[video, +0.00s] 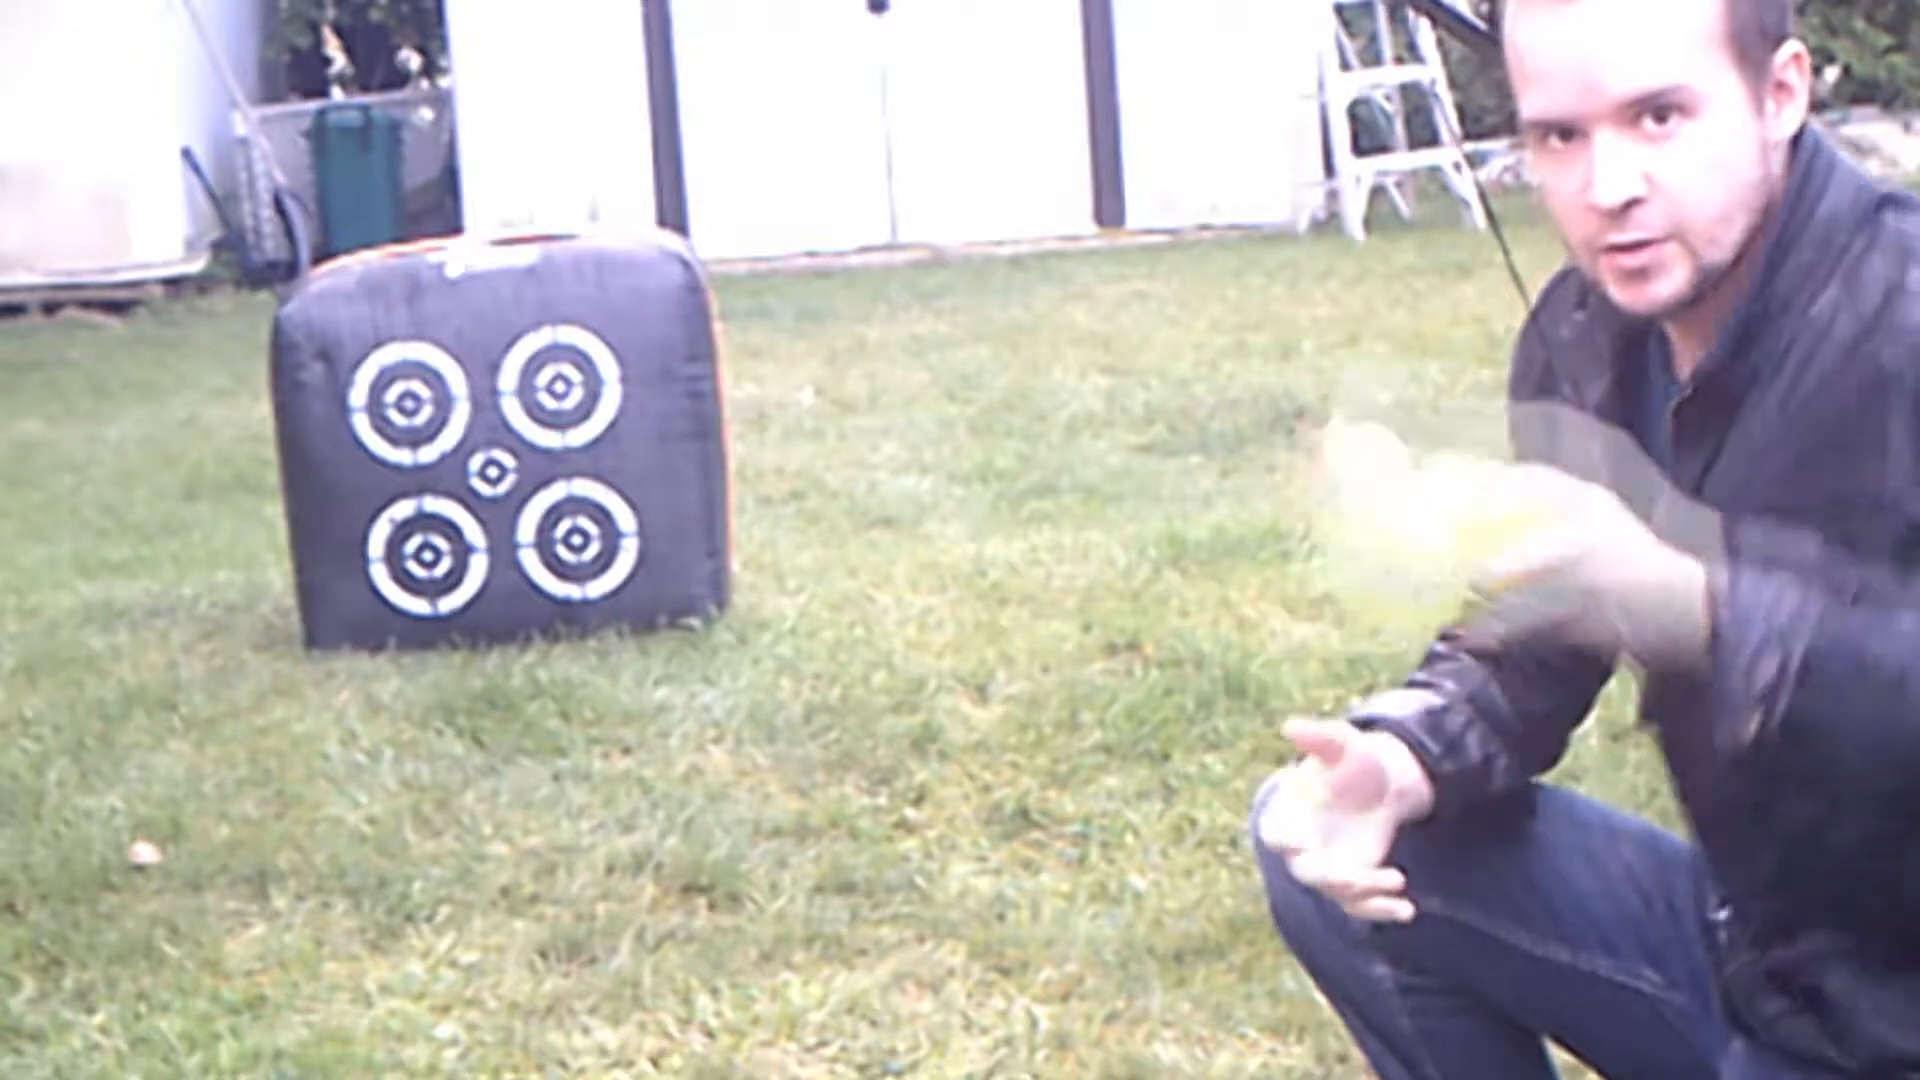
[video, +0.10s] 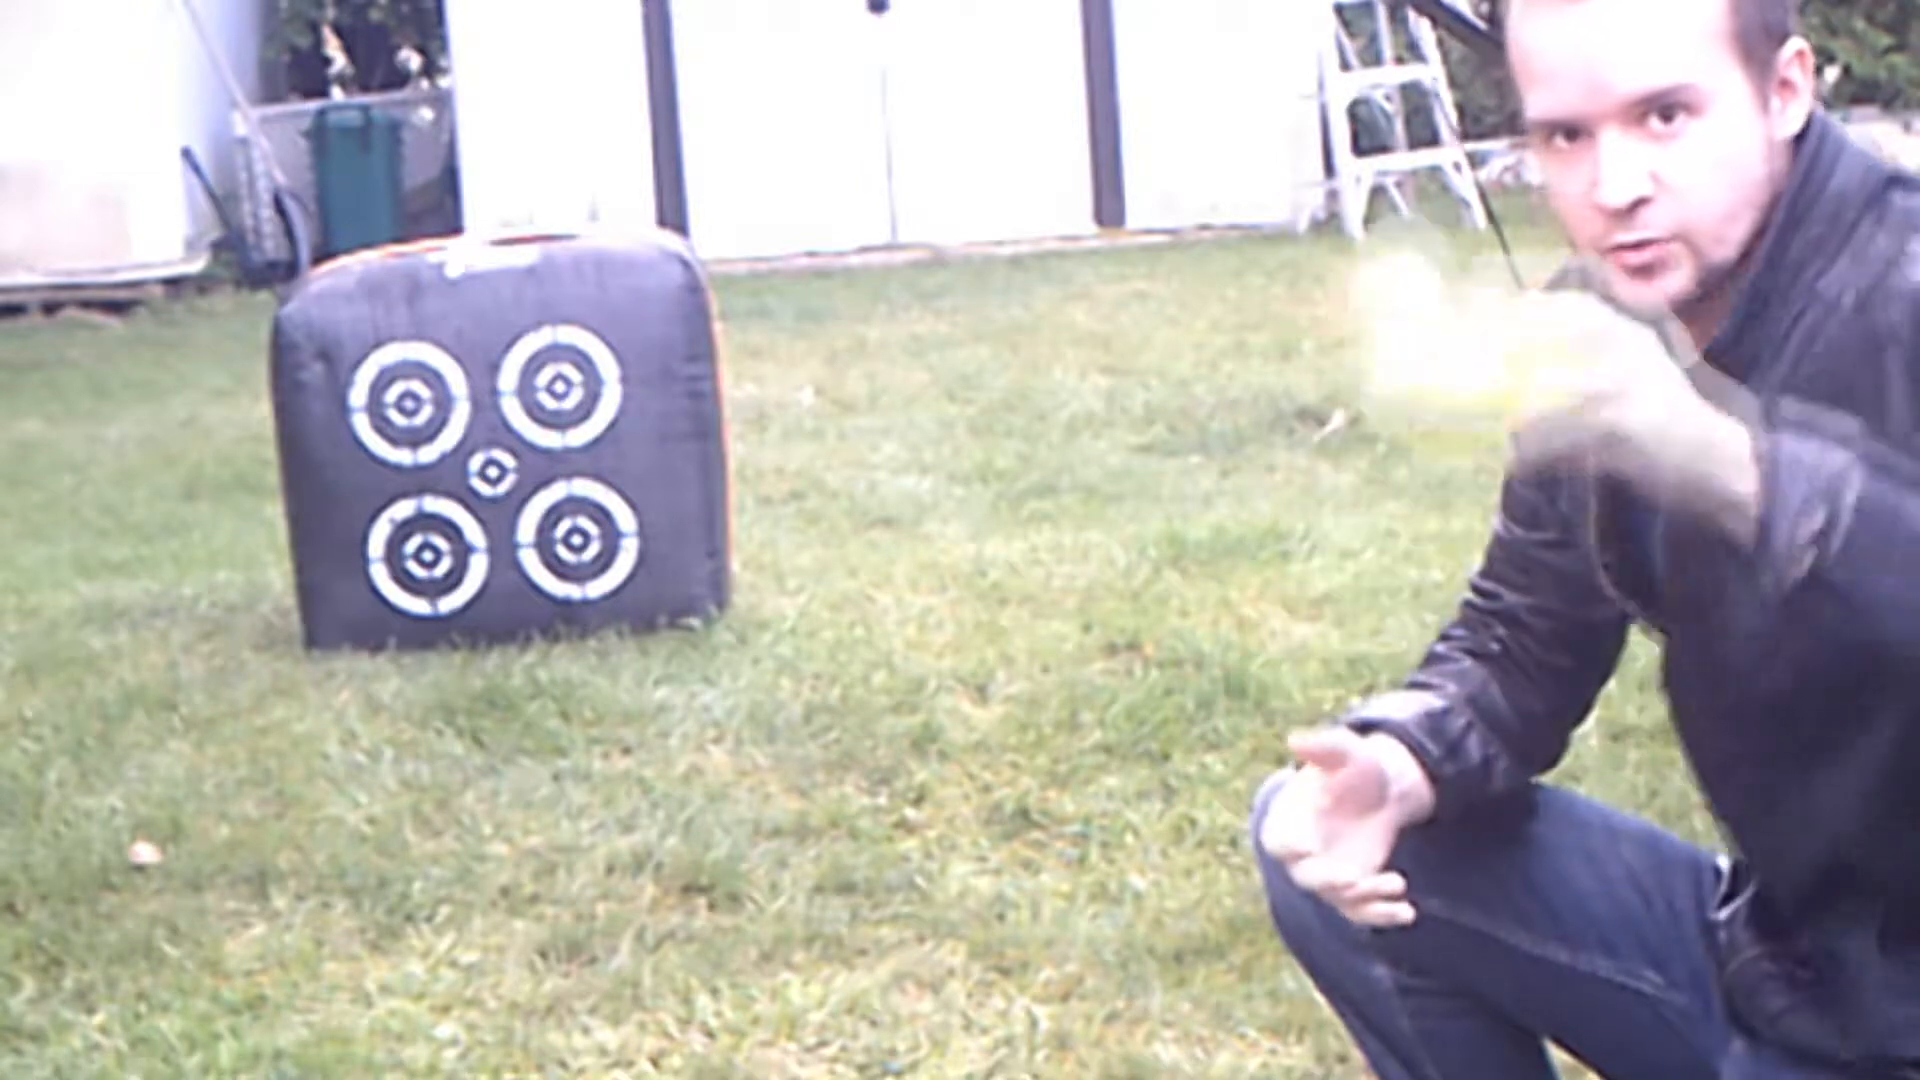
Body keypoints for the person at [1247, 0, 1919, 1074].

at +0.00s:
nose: (1607, 189)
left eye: (1657, 118)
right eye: (1559, 135)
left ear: (1783, 96)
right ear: (1522, 144)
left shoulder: (1902, 323)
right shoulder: (1579, 333)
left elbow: (1907, 682)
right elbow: (1540, 633)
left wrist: (1685, 606)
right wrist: (1409, 752)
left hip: (1884, 1028)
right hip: (1741, 931)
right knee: (1324, 842)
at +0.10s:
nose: (1613, 189)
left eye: (1664, 117)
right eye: (1564, 136)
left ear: (1787, 91)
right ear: (1527, 143)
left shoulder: (1896, 297)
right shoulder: (1601, 324)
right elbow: (1526, 630)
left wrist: (1742, 472)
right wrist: (1407, 758)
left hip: (1881, 1036)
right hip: (1762, 941)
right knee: (1325, 842)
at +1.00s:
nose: (1576, 245)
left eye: (1627, 180)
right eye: (1536, 189)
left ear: (1772, 127)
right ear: (1508, 160)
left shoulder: (1901, 319)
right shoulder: (1583, 338)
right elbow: (1537, 643)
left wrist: (1740, 598)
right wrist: (1395, 752)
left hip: (1887, 1040)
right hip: (1757, 943)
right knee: (1350, 864)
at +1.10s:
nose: (1568, 269)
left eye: (1618, 204)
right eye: (1530, 210)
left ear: (1765, 148)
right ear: (1500, 182)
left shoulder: (1895, 371)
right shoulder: (1575, 350)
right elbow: (1536, 623)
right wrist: (1388, 747)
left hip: (1866, 1031)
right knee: (1338, 869)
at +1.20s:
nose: (1556, 304)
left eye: (1605, 243)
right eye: (1518, 247)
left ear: (1755, 182)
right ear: (1490, 207)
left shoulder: (1894, 422)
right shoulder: (1574, 363)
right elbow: (1539, 644)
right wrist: (1396, 740)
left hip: (1884, 966)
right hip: (1706, 905)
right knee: (1344, 850)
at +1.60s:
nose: (1453, 419)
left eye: (1493, 360)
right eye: (1416, 367)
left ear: (1642, 276)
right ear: (1387, 314)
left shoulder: (1871, 549)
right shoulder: (1586, 408)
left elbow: (1896, 995)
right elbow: (1521, 658)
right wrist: (1383, 742)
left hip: (1842, 1021)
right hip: (1694, 923)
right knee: (1355, 849)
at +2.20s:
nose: (1511, 306)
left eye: (1564, 241)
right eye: (1485, 249)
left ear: (1718, 190)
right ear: (1460, 213)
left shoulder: (1886, 468)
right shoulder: (1592, 365)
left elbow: (1853, 987)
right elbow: (1539, 639)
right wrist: (1370, 752)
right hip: (1690, 905)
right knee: (1358, 852)